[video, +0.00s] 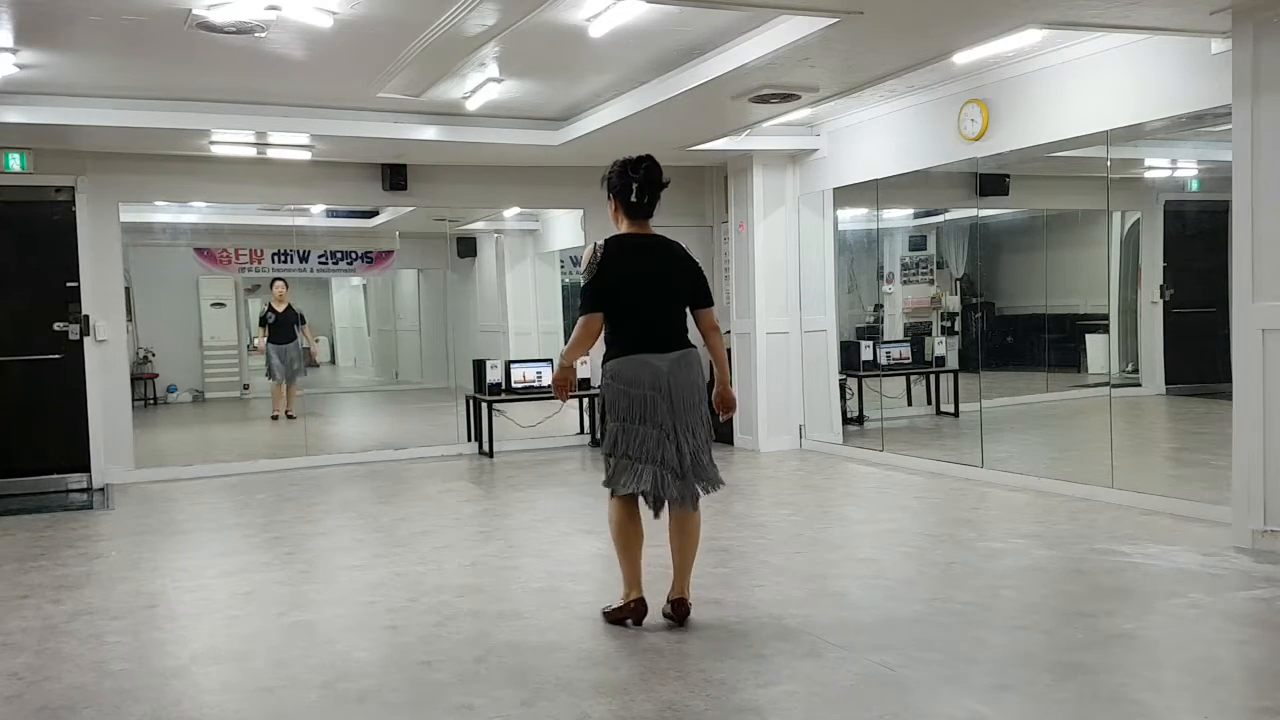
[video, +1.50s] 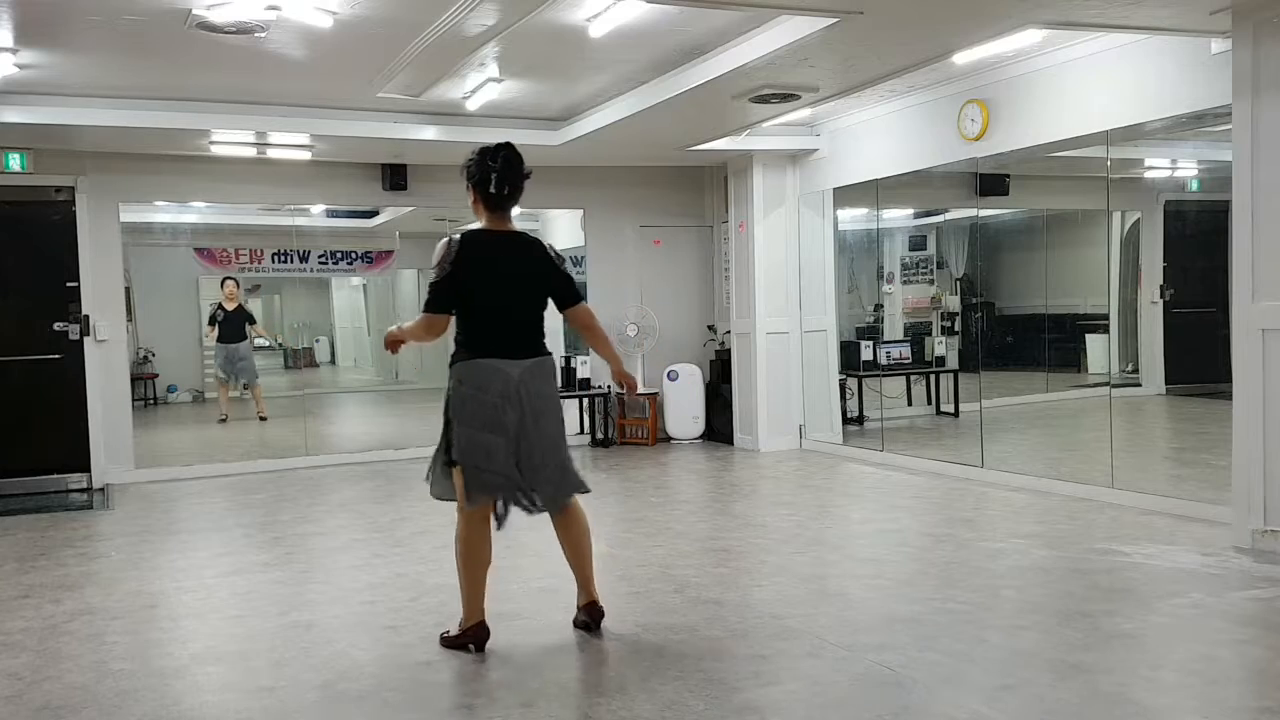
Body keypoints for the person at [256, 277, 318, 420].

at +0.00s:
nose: (280, 291)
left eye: (282, 288)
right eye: (277, 288)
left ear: (287, 290)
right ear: (272, 291)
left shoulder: (295, 309)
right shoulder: (266, 310)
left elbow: (304, 328)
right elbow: (262, 328)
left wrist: (312, 345)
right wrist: (261, 341)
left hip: (292, 346)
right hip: (274, 347)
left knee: (291, 380)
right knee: (277, 379)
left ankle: (290, 409)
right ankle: (276, 409)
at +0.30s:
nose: (271, 290)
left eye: (274, 287)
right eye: (268, 287)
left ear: (278, 289)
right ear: (263, 290)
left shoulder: (283, 309)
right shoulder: (258, 309)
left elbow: (295, 328)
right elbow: (251, 326)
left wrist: (308, 341)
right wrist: (249, 337)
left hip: (283, 348)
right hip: (264, 349)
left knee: (287, 380)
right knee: (259, 380)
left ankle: (289, 409)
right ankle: (255, 410)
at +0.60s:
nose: (258, 290)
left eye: (261, 287)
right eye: (255, 287)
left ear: (265, 290)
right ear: (249, 290)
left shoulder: (269, 309)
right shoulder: (245, 308)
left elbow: (280, 327)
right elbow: (236, 325)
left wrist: (291, 342)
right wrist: (232, 335)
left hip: (268, 347)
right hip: (249, 347)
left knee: (274, 379)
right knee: (251, 381)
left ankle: (279, 409)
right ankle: (254, 410)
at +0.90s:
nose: (251, 290)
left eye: (254, 287)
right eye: (248, 287)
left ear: (258, 289)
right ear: (243, 290)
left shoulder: (263, 309)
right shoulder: (238, 309)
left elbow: (274, 328)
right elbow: (233, 327)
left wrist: (288, 343)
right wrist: (234, 335)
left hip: (262, 348)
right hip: (244, 349)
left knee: (262, 380)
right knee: (248, 382)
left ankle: (262, 410)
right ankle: (253, 410)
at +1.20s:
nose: (245, 289)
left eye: (248, 286)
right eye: (242, 287)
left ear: (252, 289)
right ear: (236, 290)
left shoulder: (257, 308)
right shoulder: (232, 308)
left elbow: (268, 327)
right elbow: (225, 327)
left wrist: (282, 339)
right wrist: (221, 336)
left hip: (256, 347)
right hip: (238, 347)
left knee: (261, 380)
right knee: (238, 379)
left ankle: (261, 411)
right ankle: (235, 410)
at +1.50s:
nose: (231, 290)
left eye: (234, 286)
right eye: (227, 287)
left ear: (238, 289)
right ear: (222, 290)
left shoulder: (244, 308)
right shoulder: (216, 309)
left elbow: (255, 327)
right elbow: (210, 328)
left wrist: (269, 339)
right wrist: (207, 333)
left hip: (242, 347)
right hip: (223, 348)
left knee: (253, 380)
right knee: (223, 382)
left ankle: (260, 410)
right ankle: (223, 413)